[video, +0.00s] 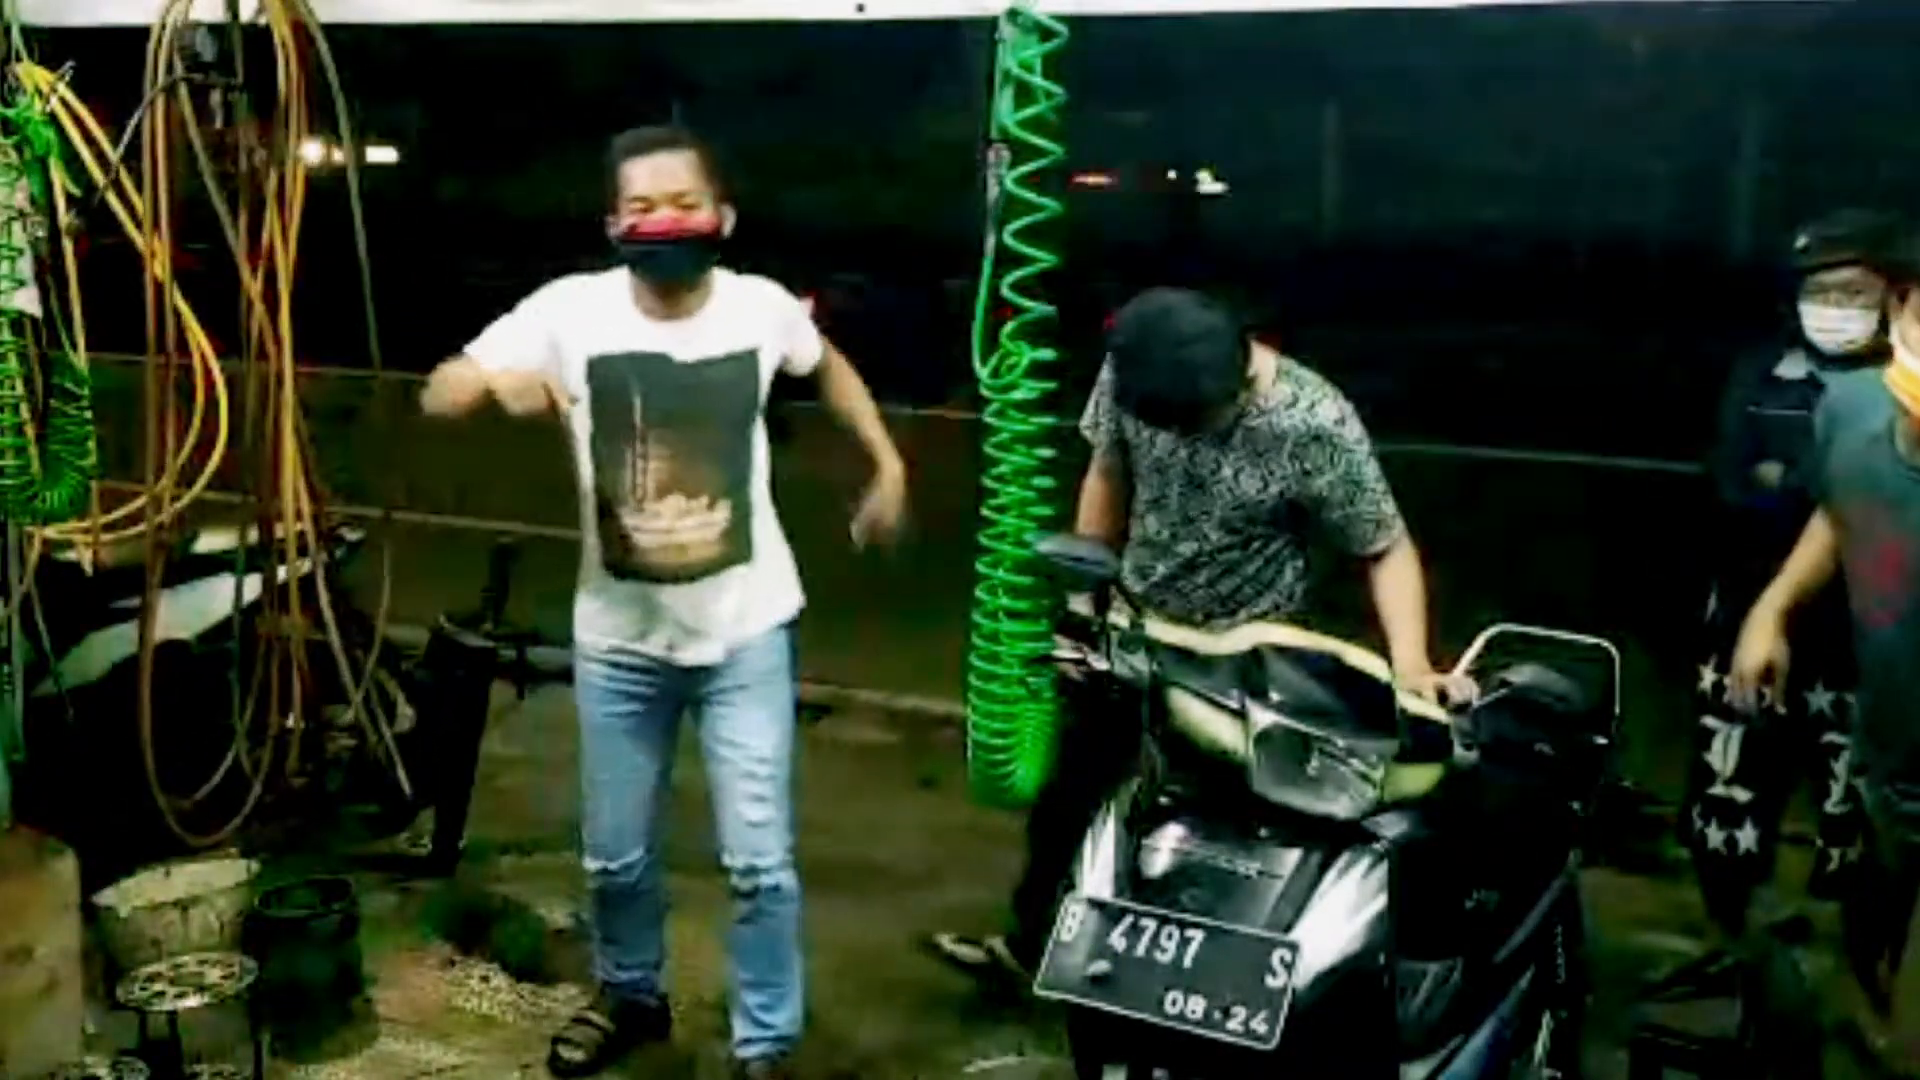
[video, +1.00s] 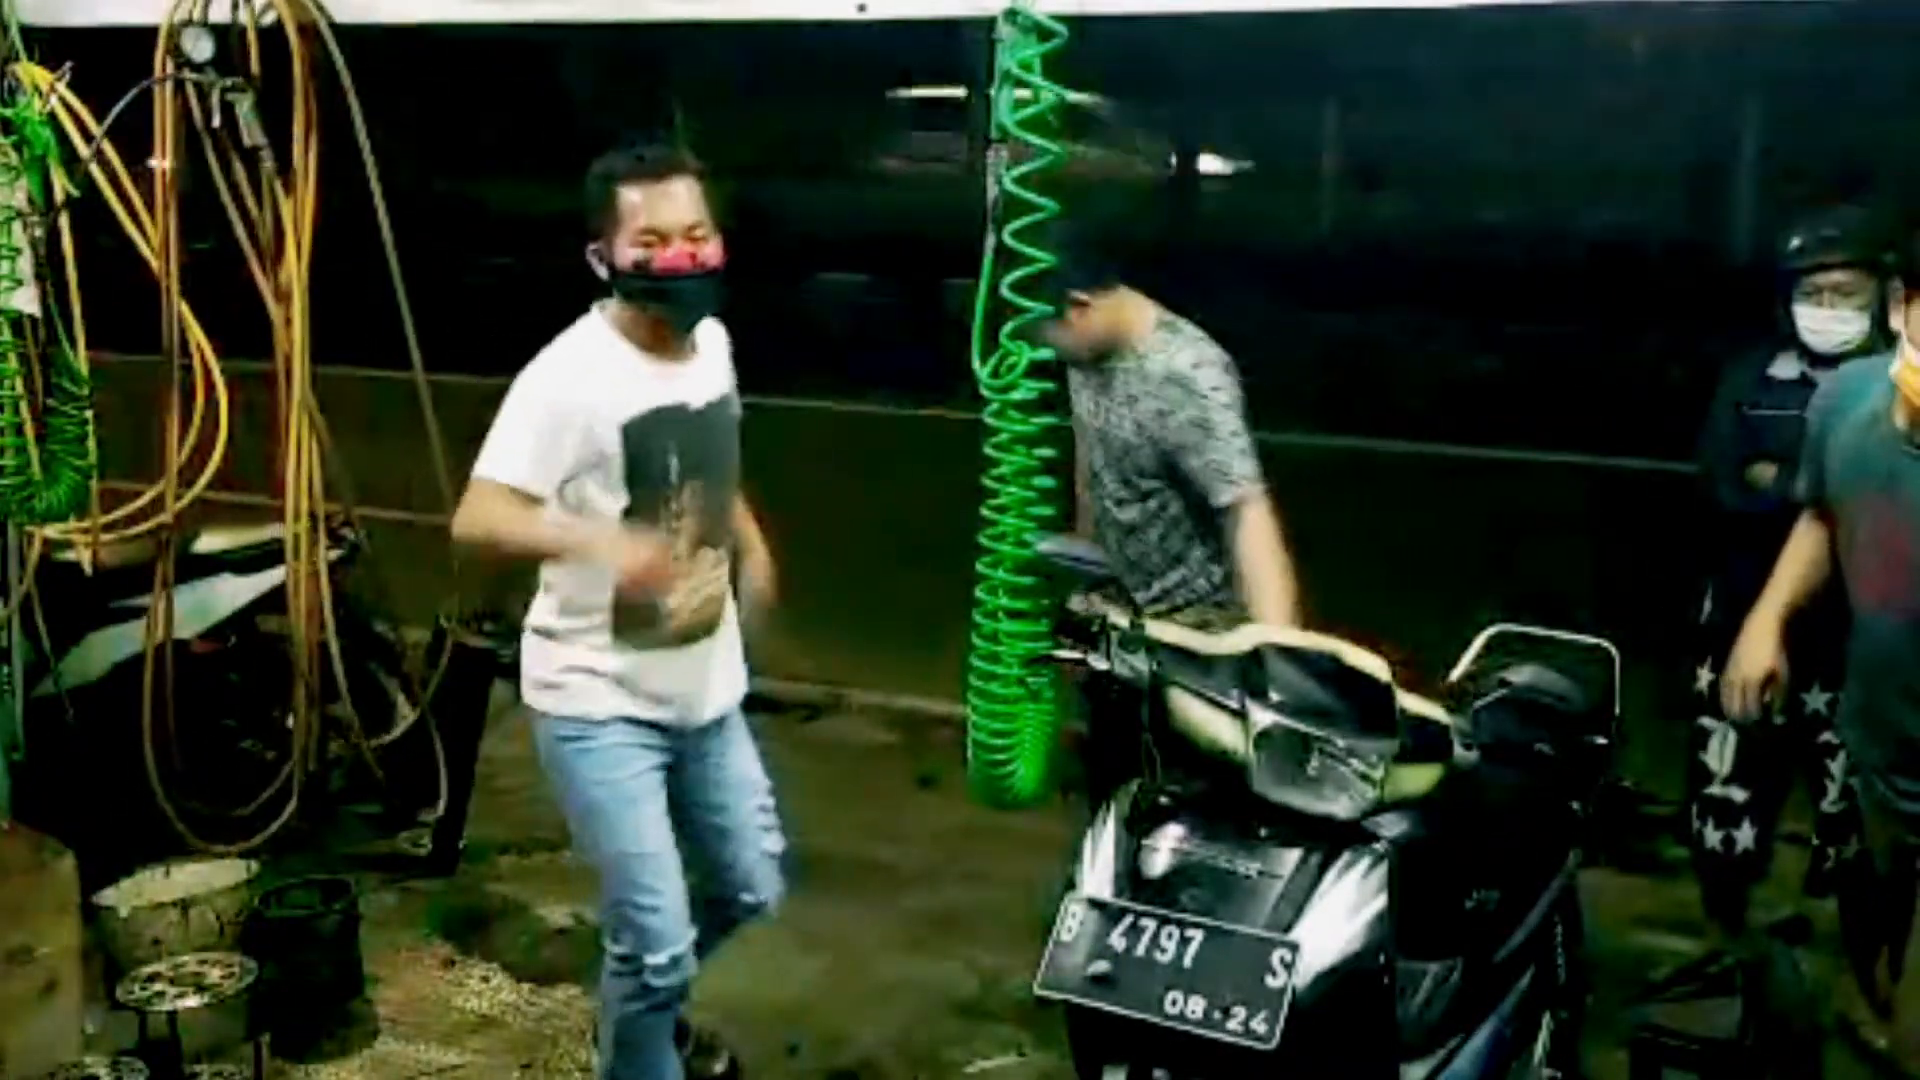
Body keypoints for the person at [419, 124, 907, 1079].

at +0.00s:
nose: (661, 227)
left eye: (681, 207)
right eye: (640, 210)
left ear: (719, 213)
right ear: (614, 220)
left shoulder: (759, 308)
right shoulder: (569, 310)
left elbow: (830, 371)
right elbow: (440, 395)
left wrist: (888, 463)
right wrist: (490, 377)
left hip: (743, 631)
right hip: (619, 634)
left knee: (757, 856)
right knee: (614, 852)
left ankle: (764, 1049)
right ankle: (632, 1001)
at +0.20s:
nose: (694, 249)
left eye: (714, 229)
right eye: (674, 230)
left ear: (752, 236)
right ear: (646, 240)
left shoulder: (804, 366)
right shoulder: (602, 344)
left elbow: (863, 510)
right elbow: (556, 457)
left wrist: (841, 618)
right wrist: (553, 544)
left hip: (769, 663)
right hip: (640, 663)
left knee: (778, 888)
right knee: (614, 883)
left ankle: (763, 1054)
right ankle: (652, 989)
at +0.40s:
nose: (697, 237)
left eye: (717, 218)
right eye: (675, 219)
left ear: (749, 229)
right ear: (643, 234)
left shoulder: (796, 341)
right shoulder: (613, 331)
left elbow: (823, 477)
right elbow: (589, 438)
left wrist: (715, 469)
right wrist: (555, 546)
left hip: (773, 665)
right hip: (644, 662)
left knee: (784, 895)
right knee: (644, 908)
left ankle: (767, 1056)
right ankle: (635, 1073)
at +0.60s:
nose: (679, 225)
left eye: (696, 205)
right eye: (654, 209)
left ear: (723, 213)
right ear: (613, 227)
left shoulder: (770, 311)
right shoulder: (571, 327)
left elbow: (843, 439)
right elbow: (521, 427)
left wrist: (743, 464)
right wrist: (474, 526)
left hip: (754, 660)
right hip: (621, 668)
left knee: (777, 893)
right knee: (635, 923)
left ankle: (765, 1056)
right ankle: (634, 1072)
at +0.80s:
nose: (675, 260)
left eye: (690, 237)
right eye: (649, 242)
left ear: (712, 243)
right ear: (598, 260)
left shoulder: (753, 369)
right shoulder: (540, 390)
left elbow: (789, 523)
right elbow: (471, 540)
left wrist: (825, 660)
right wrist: (483, 669)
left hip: (722, 693)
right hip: (594, 705)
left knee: (788, 904)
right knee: (632, 960)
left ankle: (696, 1026)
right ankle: (641, 1068)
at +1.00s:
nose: (680, 259)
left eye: (694, 237)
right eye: (654, 242)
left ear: (716, 241)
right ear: (606, 258)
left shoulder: (708, 344)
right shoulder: (566, 377)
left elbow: (703, 463)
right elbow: (479, 515)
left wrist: (747, 538)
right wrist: (608, 544)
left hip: (703, 680)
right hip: (594, 694)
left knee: (747, 882)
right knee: (657, 946)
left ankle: (641, 996)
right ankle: (639, 1063)